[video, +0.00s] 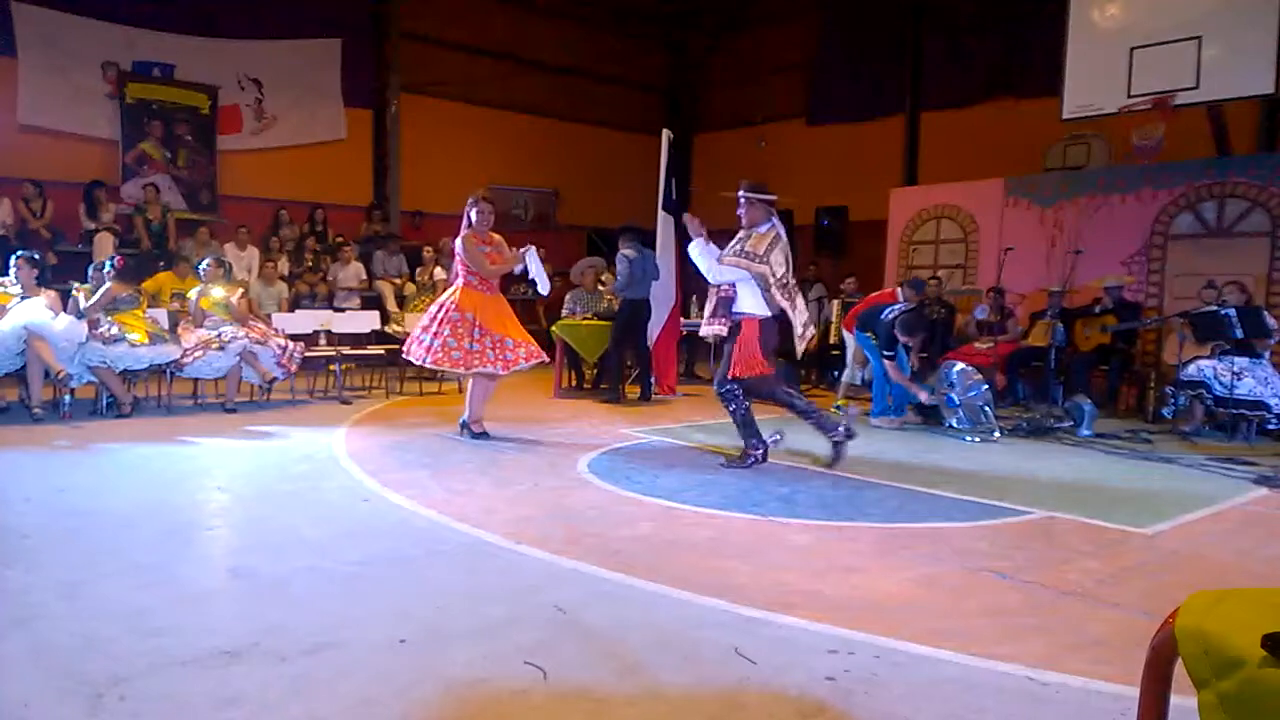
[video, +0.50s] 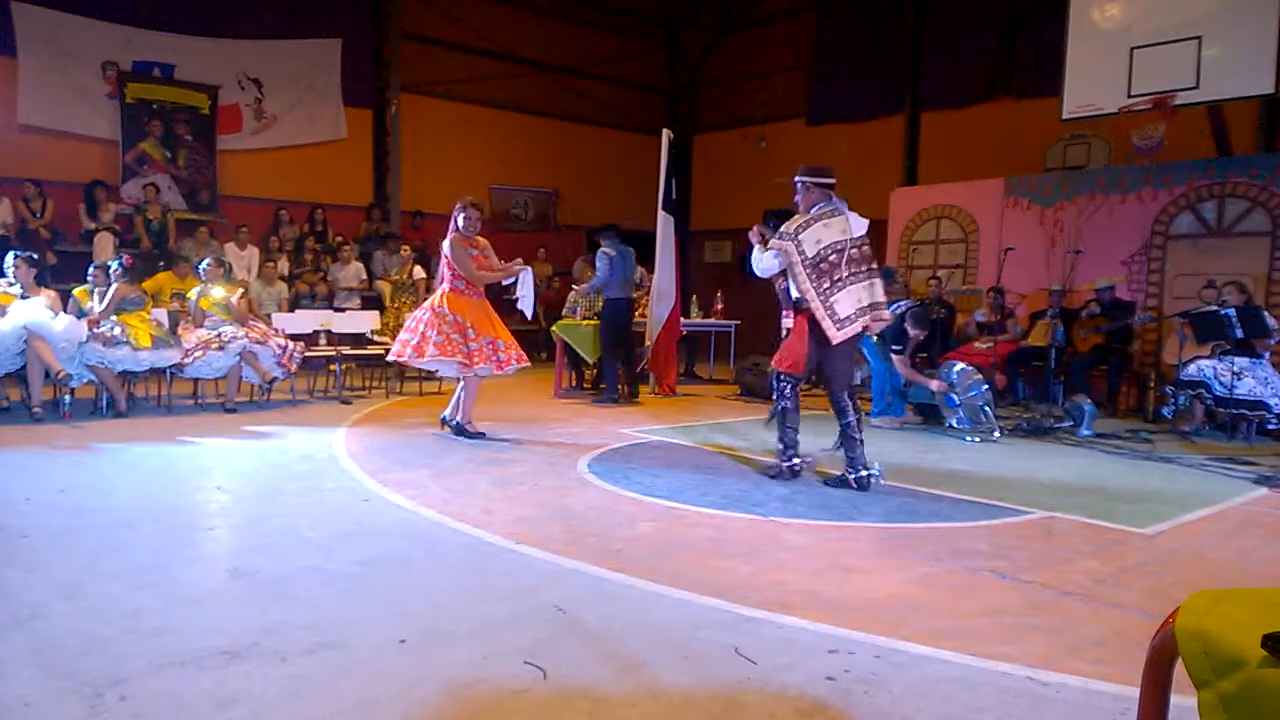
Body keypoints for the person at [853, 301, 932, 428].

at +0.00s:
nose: (909, 344)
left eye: (914, 340)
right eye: (906, 340)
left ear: (922, 334)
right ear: (896, 333)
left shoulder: (920, 317)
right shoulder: (887, 332)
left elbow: (920, 336)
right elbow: (892, 371)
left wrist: (914, 353)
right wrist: (918, 392)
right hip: (866, 330)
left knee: (904, 368)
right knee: (881, 369)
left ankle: (899, 410)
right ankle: (879, 413)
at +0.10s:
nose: (911, 345)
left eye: (915, 342)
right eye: (907, 342)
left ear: (922, 335)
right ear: (897, 333)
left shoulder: (918, 316)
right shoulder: (887, 333)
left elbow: (917, 338)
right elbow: (895, 373)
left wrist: (911, 355)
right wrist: (923, 390)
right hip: (865, 331)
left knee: (902, 367)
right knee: (880, 367)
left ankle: (900, 411)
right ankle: (880, 414)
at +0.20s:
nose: (911, 344)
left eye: (915, 340)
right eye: (907, 340)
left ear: (922, 333)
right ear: (898, 332)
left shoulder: (919, 316)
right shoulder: (888, 332)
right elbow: (896, 373)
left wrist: (909, 355)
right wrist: (926, 387)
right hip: (864, 331)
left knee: (903, 366)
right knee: (880, 366)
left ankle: (899, 411)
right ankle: (879, 414)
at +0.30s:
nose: (914, 342)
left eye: (918, 338)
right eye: (910, 338)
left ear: (924, 331)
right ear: (900, 330)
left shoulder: (920, 316)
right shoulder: (890, 331)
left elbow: (914, 342)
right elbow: (899, 371)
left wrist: (906, 356)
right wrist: (928, 384)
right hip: (866, 331)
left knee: (901, 369)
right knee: (880, 367)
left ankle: (899, 411)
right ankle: (879, 414)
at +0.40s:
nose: (917, 340)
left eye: (920, 337)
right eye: (913, 337)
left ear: (926, 329)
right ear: (903, 328)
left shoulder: (923, 317)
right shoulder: (893, 330)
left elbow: (915, 340)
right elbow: (901, 370)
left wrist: (907, 356)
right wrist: (930, 384)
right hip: (867, 329)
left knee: (897, 370)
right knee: (881, 367)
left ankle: (899, 410)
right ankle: (880, 414)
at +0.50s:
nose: (919, 338)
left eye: (922, 335)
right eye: (916, 334)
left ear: (926, 328)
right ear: (906, 326)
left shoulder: (921, 315)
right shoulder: (896, 330)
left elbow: (914, 340)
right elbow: (902, 367)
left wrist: (906, 356)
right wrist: (930, 383)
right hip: (869, 333)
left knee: (896, 370)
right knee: (881, 368)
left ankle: (898, 410)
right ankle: (879, 414)